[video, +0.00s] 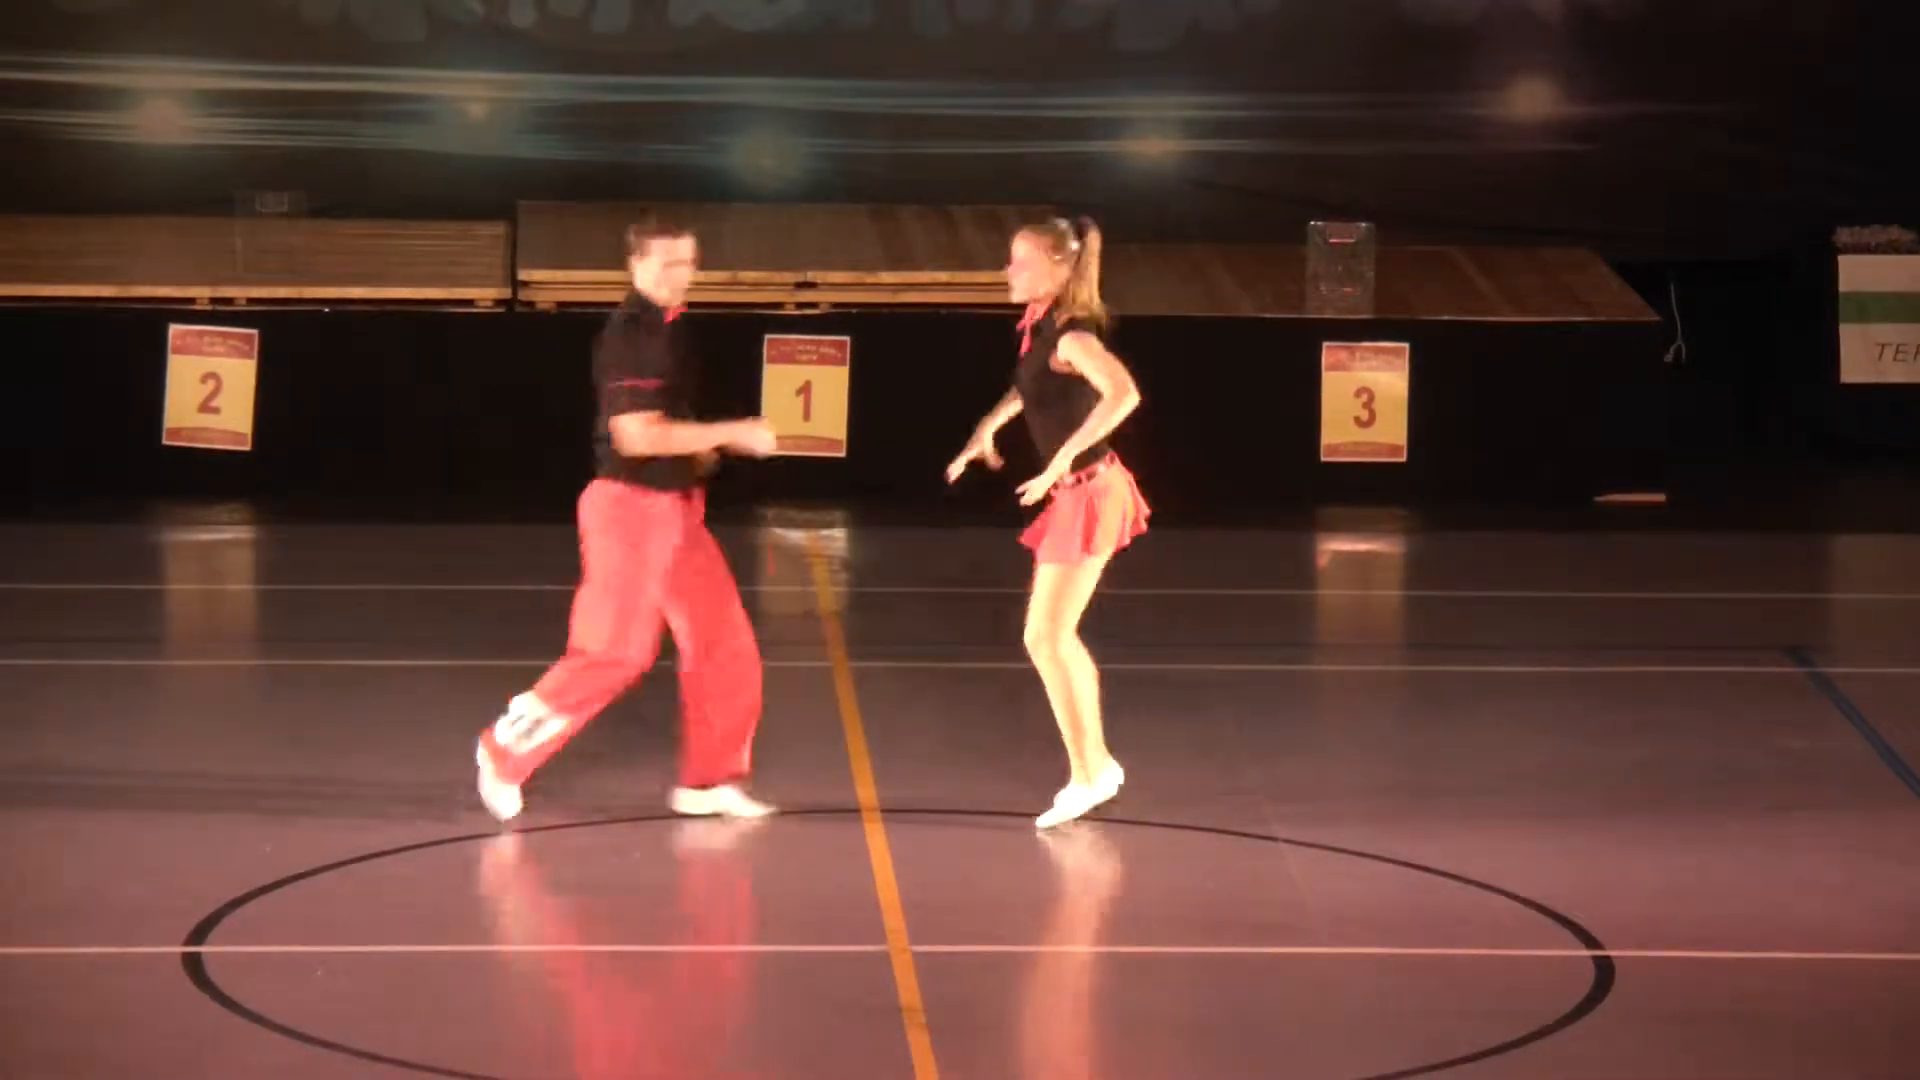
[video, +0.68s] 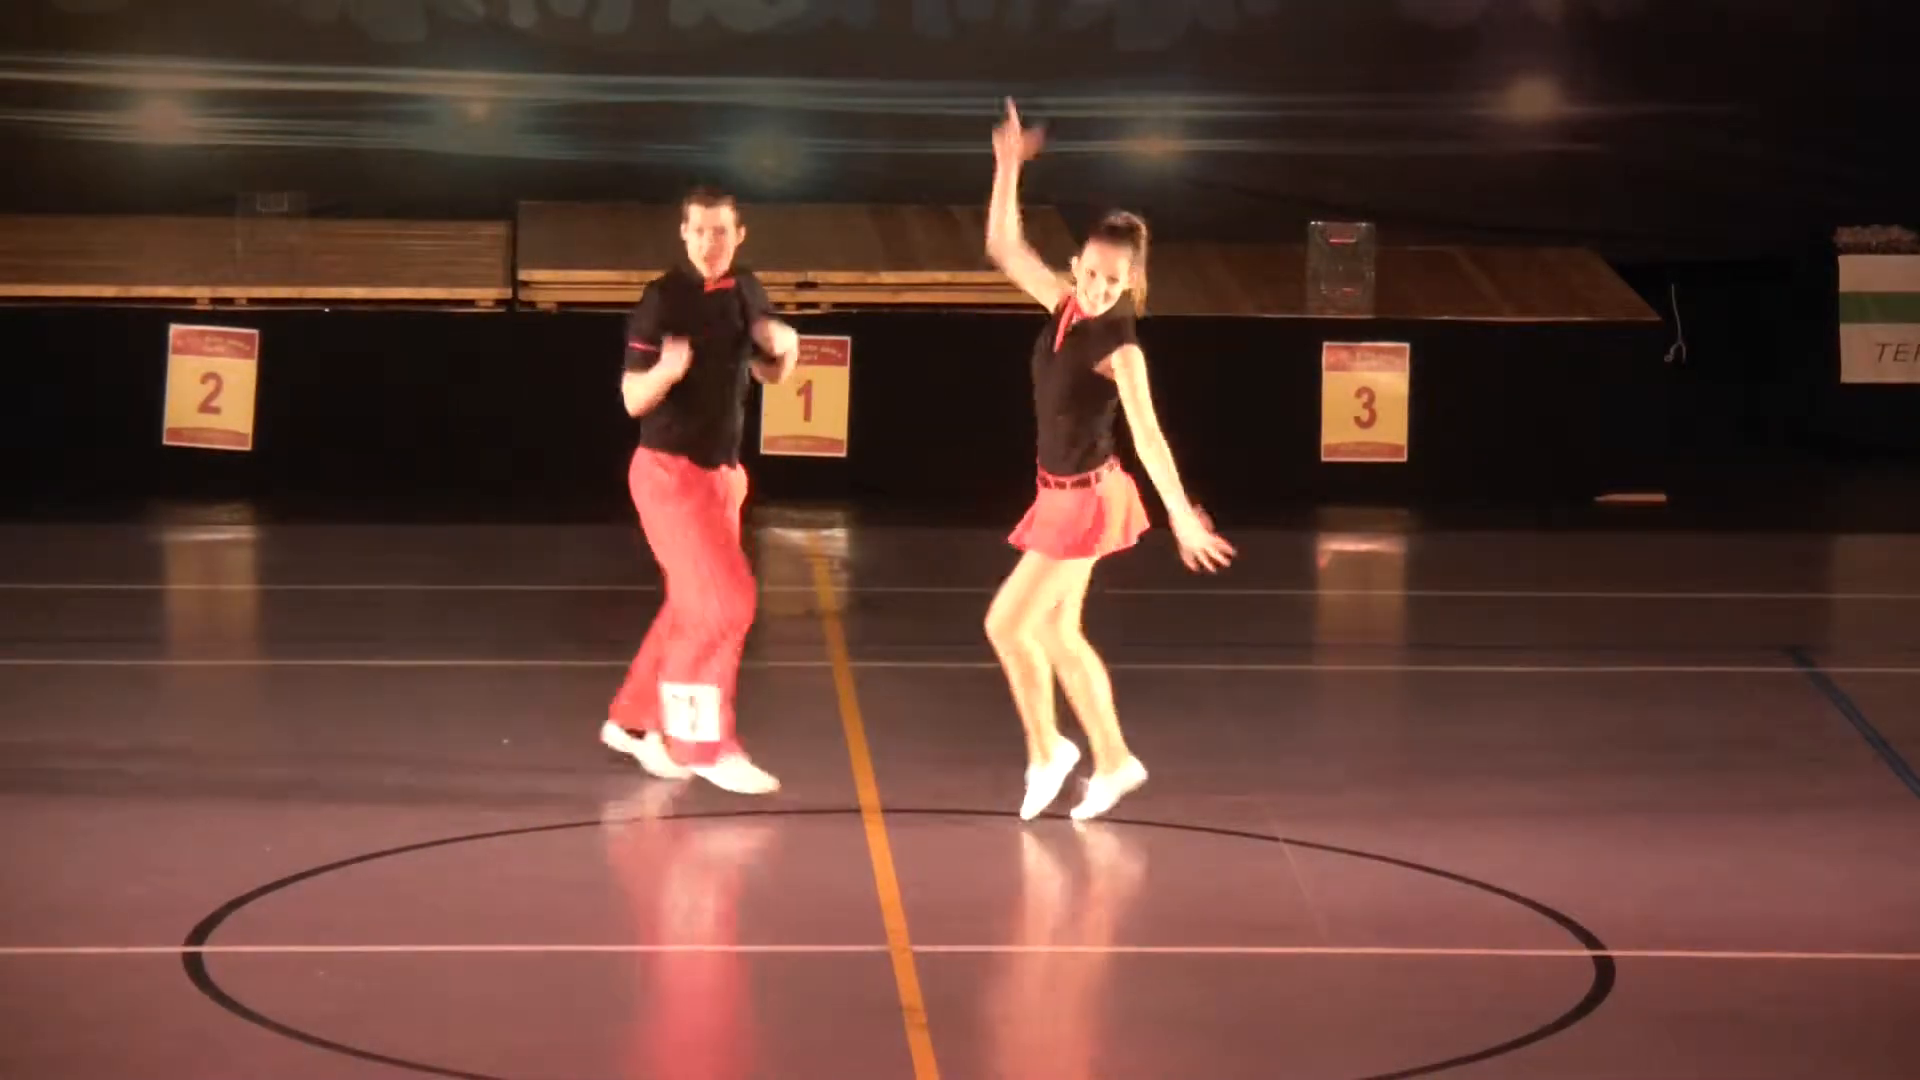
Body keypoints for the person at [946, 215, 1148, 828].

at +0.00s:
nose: (1009, 272)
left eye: (1019, 262)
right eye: (1011, 261)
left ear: (1054, 268)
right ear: (1043, 269)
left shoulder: (1069, 338)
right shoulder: (1039, 330)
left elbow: (1124, 392)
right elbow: (1029, 389)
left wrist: (1062, 456)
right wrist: (986, 431)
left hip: (1093, 490)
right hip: (1076, 491)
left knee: (1044, 636)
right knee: (1056, 634)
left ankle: (1089, 772)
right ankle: (1094, 765)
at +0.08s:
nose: (1062, 277)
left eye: (1078, 270)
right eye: (1058, 262)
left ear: (1098, 280)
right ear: (1043, 259)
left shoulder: (1081, 337)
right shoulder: (1044, 328)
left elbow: (1126, 398)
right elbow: (1045, 402)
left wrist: (1077, 466)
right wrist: (1012, 444)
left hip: (1078, 498)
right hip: (1052, 495)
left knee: (1072, 637)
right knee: (1007, 618)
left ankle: (1084, 773)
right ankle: (1062, 760)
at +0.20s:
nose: (1092, 309)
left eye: (1107, 301)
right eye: (1087, 292)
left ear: (1120, 309)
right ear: (1070, 287)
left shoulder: (1096, 366)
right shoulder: (1064, 345)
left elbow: (1140, 445)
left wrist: (1082, 504)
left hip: (1067, 526)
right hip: (1046, 521)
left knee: (1075, 664)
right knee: (973, 623)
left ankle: (1096, 798)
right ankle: (1027, 748)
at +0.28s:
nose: (1096, 315)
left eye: (1111, 308)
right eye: (1091, 299)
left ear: (1124, 314)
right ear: (1073, 289)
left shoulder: (1102, 368)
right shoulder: (1067, 345)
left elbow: (1147, 450)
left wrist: (1085, 507)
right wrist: (1040, 485)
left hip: (1069, 525)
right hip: (1039, 521)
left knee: (1079, 665)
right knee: (970, 627)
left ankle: (1096, 797)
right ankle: (1030, 748)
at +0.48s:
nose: (1093, 309)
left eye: (1107, 302)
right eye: (1086, 294)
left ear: (1123, 309)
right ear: (1069, 290)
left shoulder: (1109, 368)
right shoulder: (1063, 348)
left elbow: (1162, 447)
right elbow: (1035, 404)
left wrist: (1094, 492)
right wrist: (1000, 430)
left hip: (1079, 527)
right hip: (1041, 525)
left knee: (1085, 662)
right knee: (968, 624)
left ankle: (1098, 799)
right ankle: (1031, 746)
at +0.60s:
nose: (1095, 290)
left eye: (1110, 281)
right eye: (1089, 274)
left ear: (1125, 287)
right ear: (1073, 270)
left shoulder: (1116, 350)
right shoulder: (1057, 324)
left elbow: (1153, 437)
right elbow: (996, 331)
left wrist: (1113, 470)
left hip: (1088, 506)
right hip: (1047, 502)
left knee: (1056, 642)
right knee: (1000, 623)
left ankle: (1085, 778)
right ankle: (1060, 760)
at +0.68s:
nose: (1097, 287)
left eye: (1111, 279)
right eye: (1090, 271)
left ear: (1133, 278)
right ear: (1077, 257)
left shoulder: (1118, 340)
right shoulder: (1062, 299)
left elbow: (1150, 438)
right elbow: (1005, 246)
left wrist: (1183, 517)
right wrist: (1008, 168)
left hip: (1091, 498)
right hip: (1062, 493)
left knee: (1006, 624)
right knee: (1061, 636)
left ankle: (1046, 753)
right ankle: (1116, 761)